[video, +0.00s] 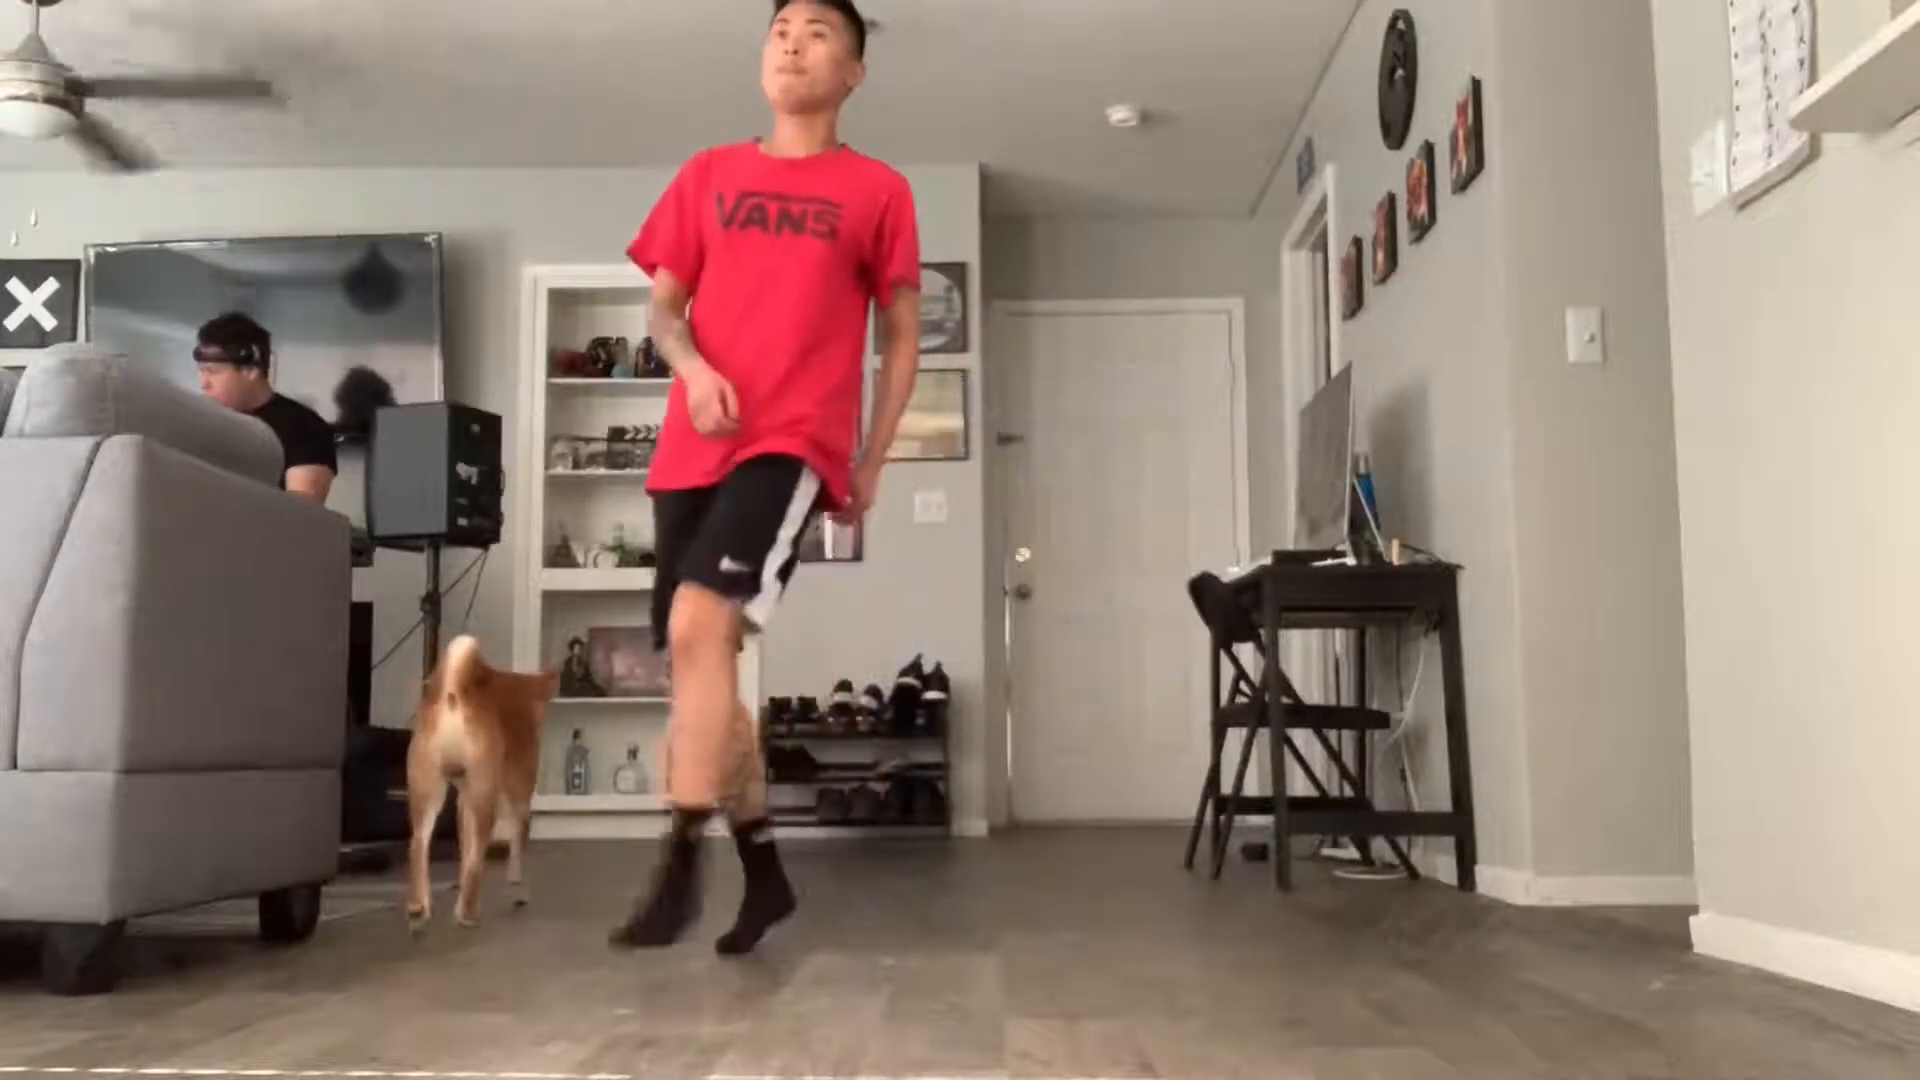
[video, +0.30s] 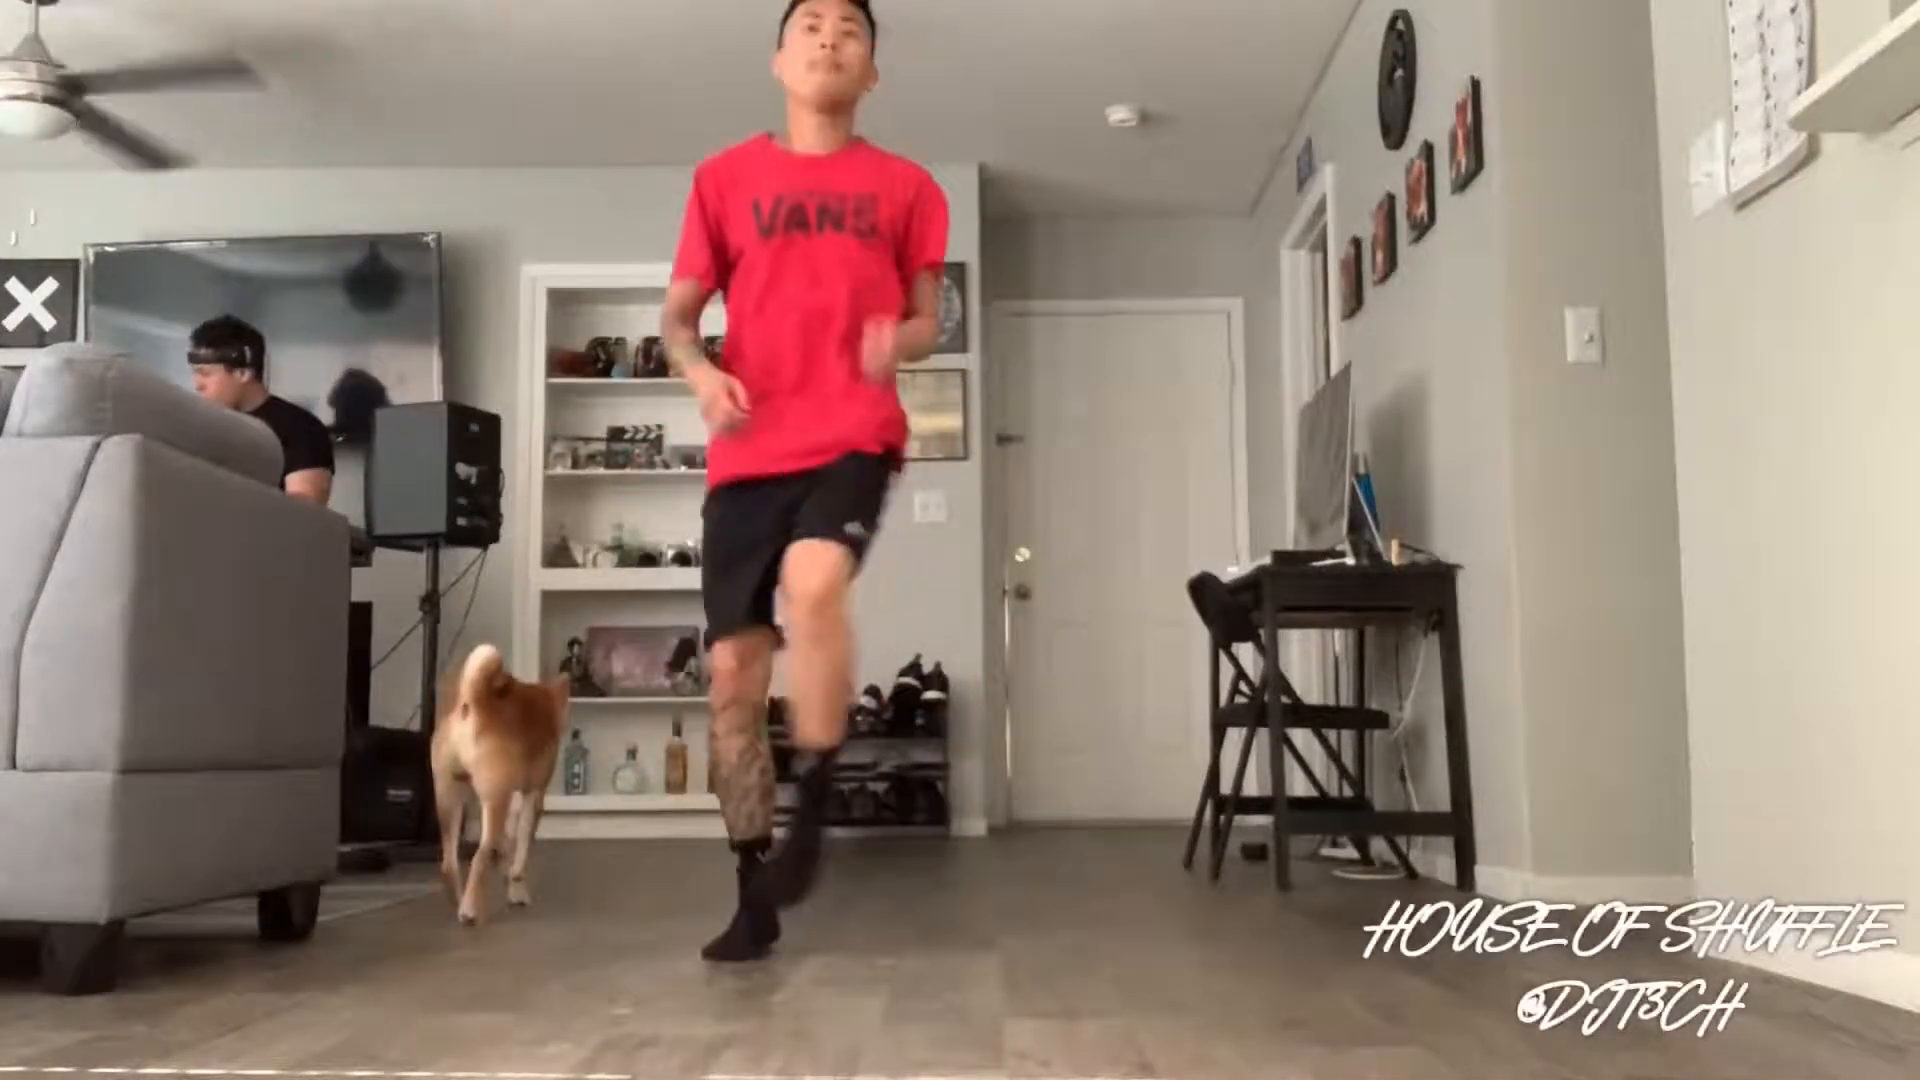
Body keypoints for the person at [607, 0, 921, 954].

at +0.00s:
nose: (789, 48)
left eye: (814, 37)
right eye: (779, 35)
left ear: (853, 73)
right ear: (760, 63)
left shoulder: (879, 191)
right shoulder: (708, 174)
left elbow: (902, 338)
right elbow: (662, 308)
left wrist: (871, 460)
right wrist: (691, 367)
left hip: (793, 437)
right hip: (693, 435)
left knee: (699, 621)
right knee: (694, 651)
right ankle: (765, 871)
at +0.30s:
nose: (827, 43)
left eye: (847, 34)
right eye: (808, 31)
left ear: (873, 74)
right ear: (776, 64)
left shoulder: (906, 186)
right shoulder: (725, 178)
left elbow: (927, 323)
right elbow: (677, 319)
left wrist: (895, 341)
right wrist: (699, 373)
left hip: (851, 437)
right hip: (750, 446)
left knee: (813, 583)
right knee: (730, 664)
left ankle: (810, 811)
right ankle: (753, 893)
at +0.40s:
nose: (861, 35)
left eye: (877, 22)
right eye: (838, 21)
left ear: (894, 53)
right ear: (798, 49)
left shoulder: (927, 173)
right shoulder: (750, 179)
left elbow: (949, 317)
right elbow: (724, 314)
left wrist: (918, 274)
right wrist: (738, 390)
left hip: (897, 435)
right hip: (789, 450)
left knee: (905, 572)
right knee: (765, 665)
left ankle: (920, 765)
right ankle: (757, 895)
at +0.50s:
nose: (903, 29)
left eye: (914, 16)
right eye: (879, 15)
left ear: (930, 42)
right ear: (833, 43)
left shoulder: (968, 163)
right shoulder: (798, 172)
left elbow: (997, 299)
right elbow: (773, 324)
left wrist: (952, 250)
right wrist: (786, 409)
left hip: (951, 434)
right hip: (842, 448)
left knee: (969, 617)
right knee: (830, 666)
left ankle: (995, 833)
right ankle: (812, 867)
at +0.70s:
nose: (992, 39)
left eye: (999, 26)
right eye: (967, 25)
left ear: (1010, 54)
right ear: (916, 56)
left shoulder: (1055, 165)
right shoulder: (890, 177)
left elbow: (1088, 297)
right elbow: (862, 328)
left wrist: (1061, 288)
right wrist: (885, 424)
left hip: (1058, 446)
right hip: (953, 455)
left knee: (1056, 648)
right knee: (938, 646)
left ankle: (1073, 884)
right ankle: (863, 828)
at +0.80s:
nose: (1051, 65)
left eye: (1055, 51)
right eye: (1027, 53)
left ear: (1065, 79)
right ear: (976, 87)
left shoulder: (1104, 199)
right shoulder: (948, 203)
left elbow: (1135, 320)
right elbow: (902, 349)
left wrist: (1115, 342)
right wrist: (955, 427)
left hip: (1102, 460)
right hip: (1002, 456)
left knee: (1085, 673)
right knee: (1063, 593)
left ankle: (1098, 887)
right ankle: (963, 731)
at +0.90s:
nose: (1095, 43)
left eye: (1097, 29)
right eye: (1072, 28)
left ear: (1102, 55)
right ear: (1018, 59)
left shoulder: (1128, 172)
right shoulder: (990, 174)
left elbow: (1141, 296)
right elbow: (953, 319)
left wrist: (1157, 367)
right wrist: (987, 424)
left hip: (1130, 438)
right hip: (1044, 441)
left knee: (1105, 653)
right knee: (1154, 593)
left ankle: (1102, 864)